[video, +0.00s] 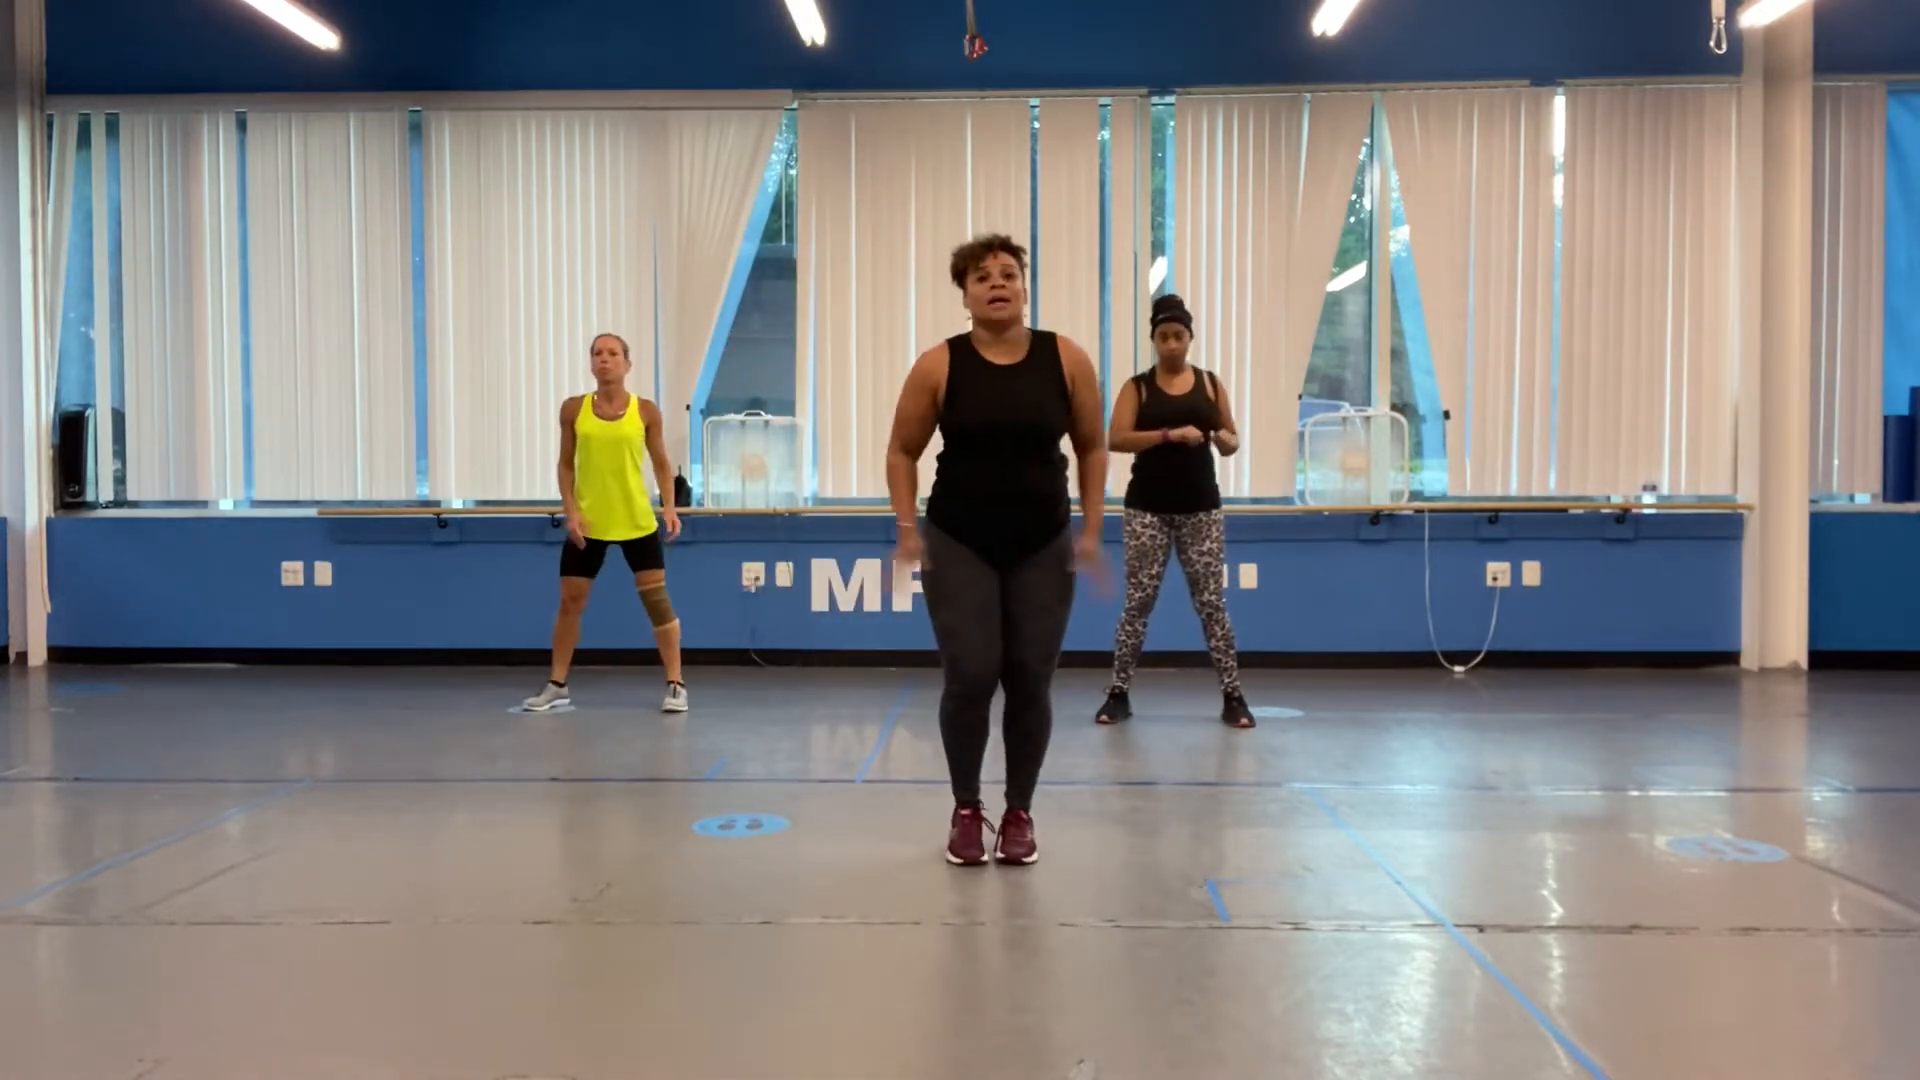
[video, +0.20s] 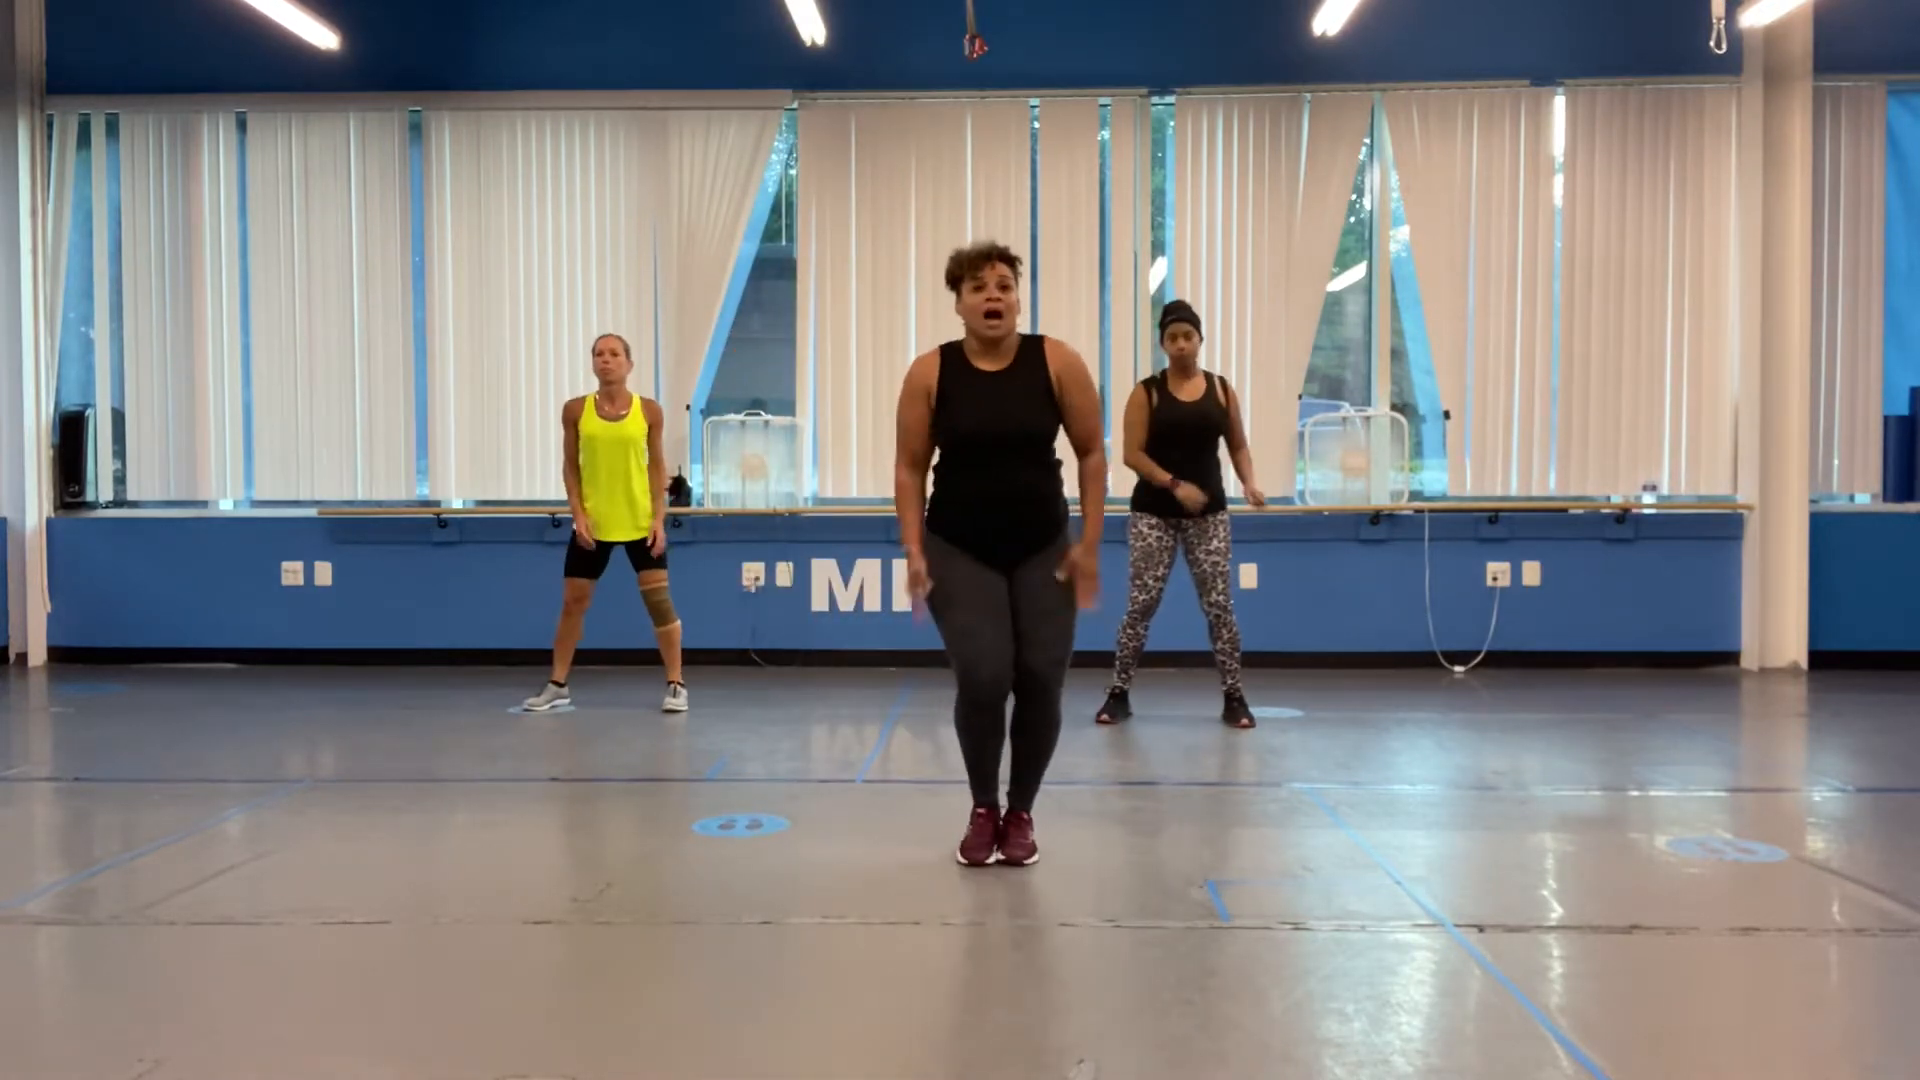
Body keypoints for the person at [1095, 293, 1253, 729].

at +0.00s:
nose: (1172, 342)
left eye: (1179, 335)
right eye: (1164, 336)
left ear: (1190, 339)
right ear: (1154, 340)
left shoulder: (1209, 384)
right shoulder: (1135, 388)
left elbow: (1230, 444)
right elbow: (1117, 439)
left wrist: (1220, 435)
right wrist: (1166, 435)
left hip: (1200, 510)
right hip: (1147, 510)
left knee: (1211, 604)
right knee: (1138, 602)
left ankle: (1232, 695)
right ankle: (1118, 693)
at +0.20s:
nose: (1181, 343)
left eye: (1188, 336)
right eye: (1173, 337)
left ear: (1200, 341)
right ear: (1163, 343)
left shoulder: (1220, 390)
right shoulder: (1145, 393)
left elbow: (1237, 444)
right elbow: (1132, 455)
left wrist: (1249, 483)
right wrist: (1174, 484)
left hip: (1208, 514)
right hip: (1154, 514)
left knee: (1219, 605)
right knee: (1141, 604)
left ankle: (1234, 695)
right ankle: (1119, 693)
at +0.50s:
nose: (1153, 340)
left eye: (1161, 333)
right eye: (1145, 332)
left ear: (1170, 341)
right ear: (1132, 339)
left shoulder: (1183, 388)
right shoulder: (1109, 390)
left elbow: (1225, 429)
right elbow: (1104, 442)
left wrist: (1281, 457)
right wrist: (1160, 426)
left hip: (1182, 510)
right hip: (1129, 513)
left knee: (1204, 600)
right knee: (1109, 602)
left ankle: (1246, 687)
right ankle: (1087, 692)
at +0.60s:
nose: (1142, 347)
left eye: (1150, 340)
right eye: (1135, 339)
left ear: (1159, 349)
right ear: (1120, 345)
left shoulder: (1170, 399)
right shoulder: (1095, 394)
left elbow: (1214, 437)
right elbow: (1076, 440)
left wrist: (1271, 458)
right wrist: (1132, 421)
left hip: (1168, 516)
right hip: (1115, 518)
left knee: (1190, 601)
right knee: (1098, 605)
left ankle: (1249, 665)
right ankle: (1089, 694)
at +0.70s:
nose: (1136, 349)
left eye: (1144, 343)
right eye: (1129, 342)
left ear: (1153, 353)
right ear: (1116, 349)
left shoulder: (1165, 404)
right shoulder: (1090, 399)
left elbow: (1201, 455)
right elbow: (1056, 446)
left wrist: (1248, 490)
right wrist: (1091, 453)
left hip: (1163, 521)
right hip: (1108, 524)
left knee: (1182, 604)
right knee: (1090, 608)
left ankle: (1229, 667)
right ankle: (1088, 695)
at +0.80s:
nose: (1138, 345)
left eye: (1146, 339)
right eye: (1130, 339)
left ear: (1155, 348)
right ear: (1118, 347)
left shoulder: (1170, 402)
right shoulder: (1094, 400)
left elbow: (1194, 456)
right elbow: (1051, 445)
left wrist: (1207, 504)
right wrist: (1044, 487)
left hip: (1162, 518)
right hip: (1107, 519)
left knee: (1184, 605)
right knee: (1097, 607)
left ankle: (1214, 685)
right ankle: (1087, 694)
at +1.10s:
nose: (1166, 356)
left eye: (1172, 349)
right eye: (1157, 351)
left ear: (1185, 357)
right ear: (1146, 362)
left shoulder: (1208, 408)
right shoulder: (1131, 414)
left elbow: (1223, 470)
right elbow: (1107, 474)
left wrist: (1194, 506)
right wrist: (1070, 483)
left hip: (1190, 523)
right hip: (1135, 524)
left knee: (1208, 607)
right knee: (1135, 606)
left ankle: (1222, 697)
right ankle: (1082, 651)